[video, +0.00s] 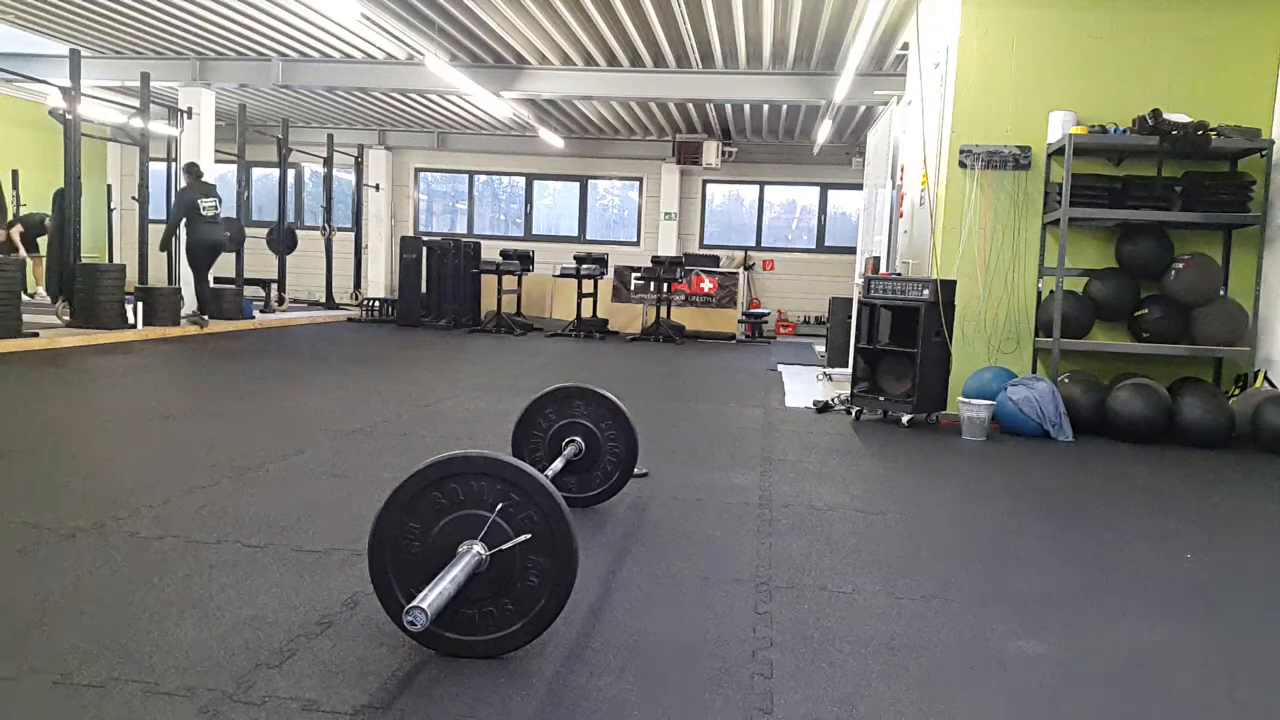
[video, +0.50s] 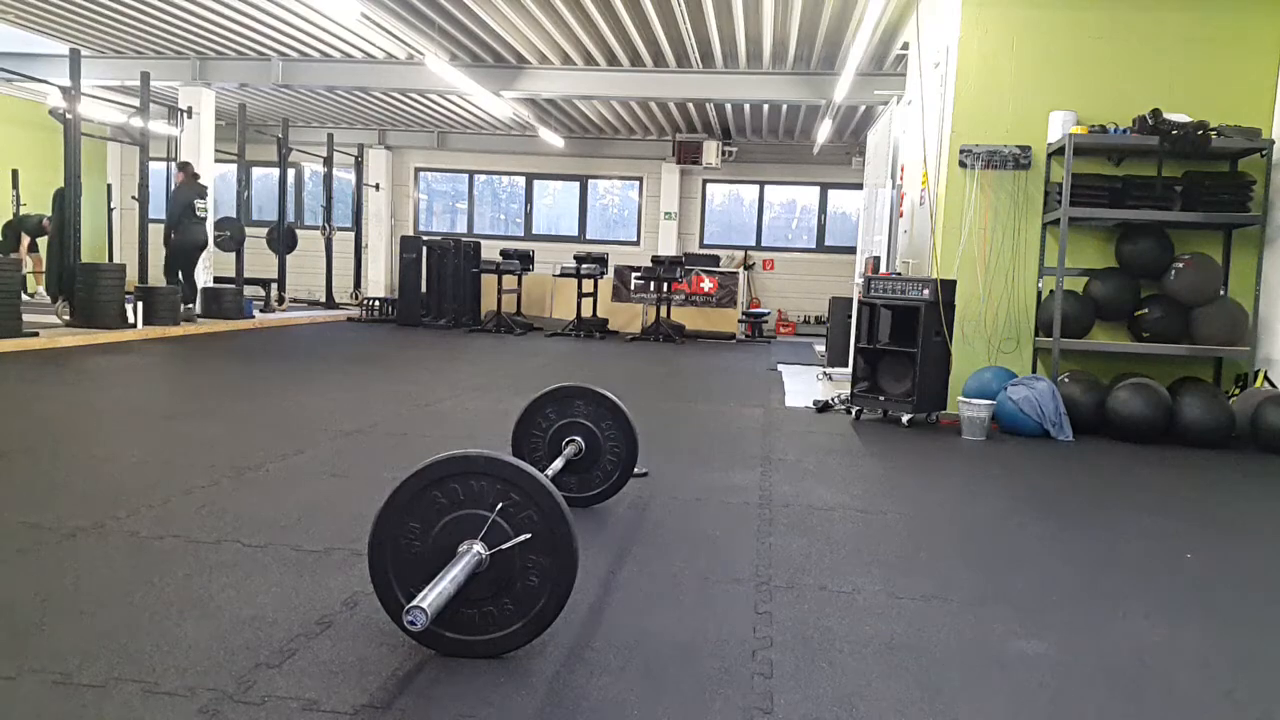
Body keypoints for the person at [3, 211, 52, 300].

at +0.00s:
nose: (50, 231)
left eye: (52, 230)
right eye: (51, 229)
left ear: (49, 223)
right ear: (48, 223)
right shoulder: (34, 222)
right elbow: (13, 231)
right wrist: (21, 249)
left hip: (28, 236)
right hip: (12, 234)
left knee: (37, 260)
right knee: (16, 261)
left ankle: (40, 290)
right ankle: (18, 292)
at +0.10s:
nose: (51, 232)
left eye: (52, 230)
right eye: (51, 229)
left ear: (50, 224)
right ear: (48, 224)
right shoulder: (33, 222)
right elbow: (15, 234)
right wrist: (21, 253)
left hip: (29, 235)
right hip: (11, 233)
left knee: (37, 259)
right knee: (17, 260)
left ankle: (40, 291)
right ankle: (18, 291)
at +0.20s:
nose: (50, 232)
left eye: (52, 230)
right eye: (50, 229)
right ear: (48, 224)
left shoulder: (51, 224)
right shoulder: (33, 222)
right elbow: (16, 237)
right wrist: (23, 256)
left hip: (29, 236)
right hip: (11, 233)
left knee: (38, 261)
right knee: (17, 261)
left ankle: (40, 291)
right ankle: (18, 292)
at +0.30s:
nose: (51, 231)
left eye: (53, 229)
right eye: (51, 228)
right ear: (47, 223)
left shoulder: (50, 224)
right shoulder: (31, 222)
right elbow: (20, 239)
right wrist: (22, 259)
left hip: (29, 235)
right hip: (11, 233)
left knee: (38, 261)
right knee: (17, 261)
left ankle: (40, 291)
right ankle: (17, 291)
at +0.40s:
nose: (50, 230)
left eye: (52, 229)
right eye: (50, 228)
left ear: (48, 222)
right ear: (47, 222)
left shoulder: (50, 223)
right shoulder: (31, 223)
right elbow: (24, 242)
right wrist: (23, 260)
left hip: (29, 234)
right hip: (12, 233)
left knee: (38, 260)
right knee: (17, 260)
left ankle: (40, 290)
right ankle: (17, 291)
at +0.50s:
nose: (51, 231)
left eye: (52, 229)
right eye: (51, 228)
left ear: (48, 223)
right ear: (47, 223)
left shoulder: (49, 225)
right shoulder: (30, 224)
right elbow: (23, 246)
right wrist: (23, 265)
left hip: (28, 234)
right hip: (11, 233)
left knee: (38, 261)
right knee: (17, 261)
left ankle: (40, 290)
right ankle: (17, 291)